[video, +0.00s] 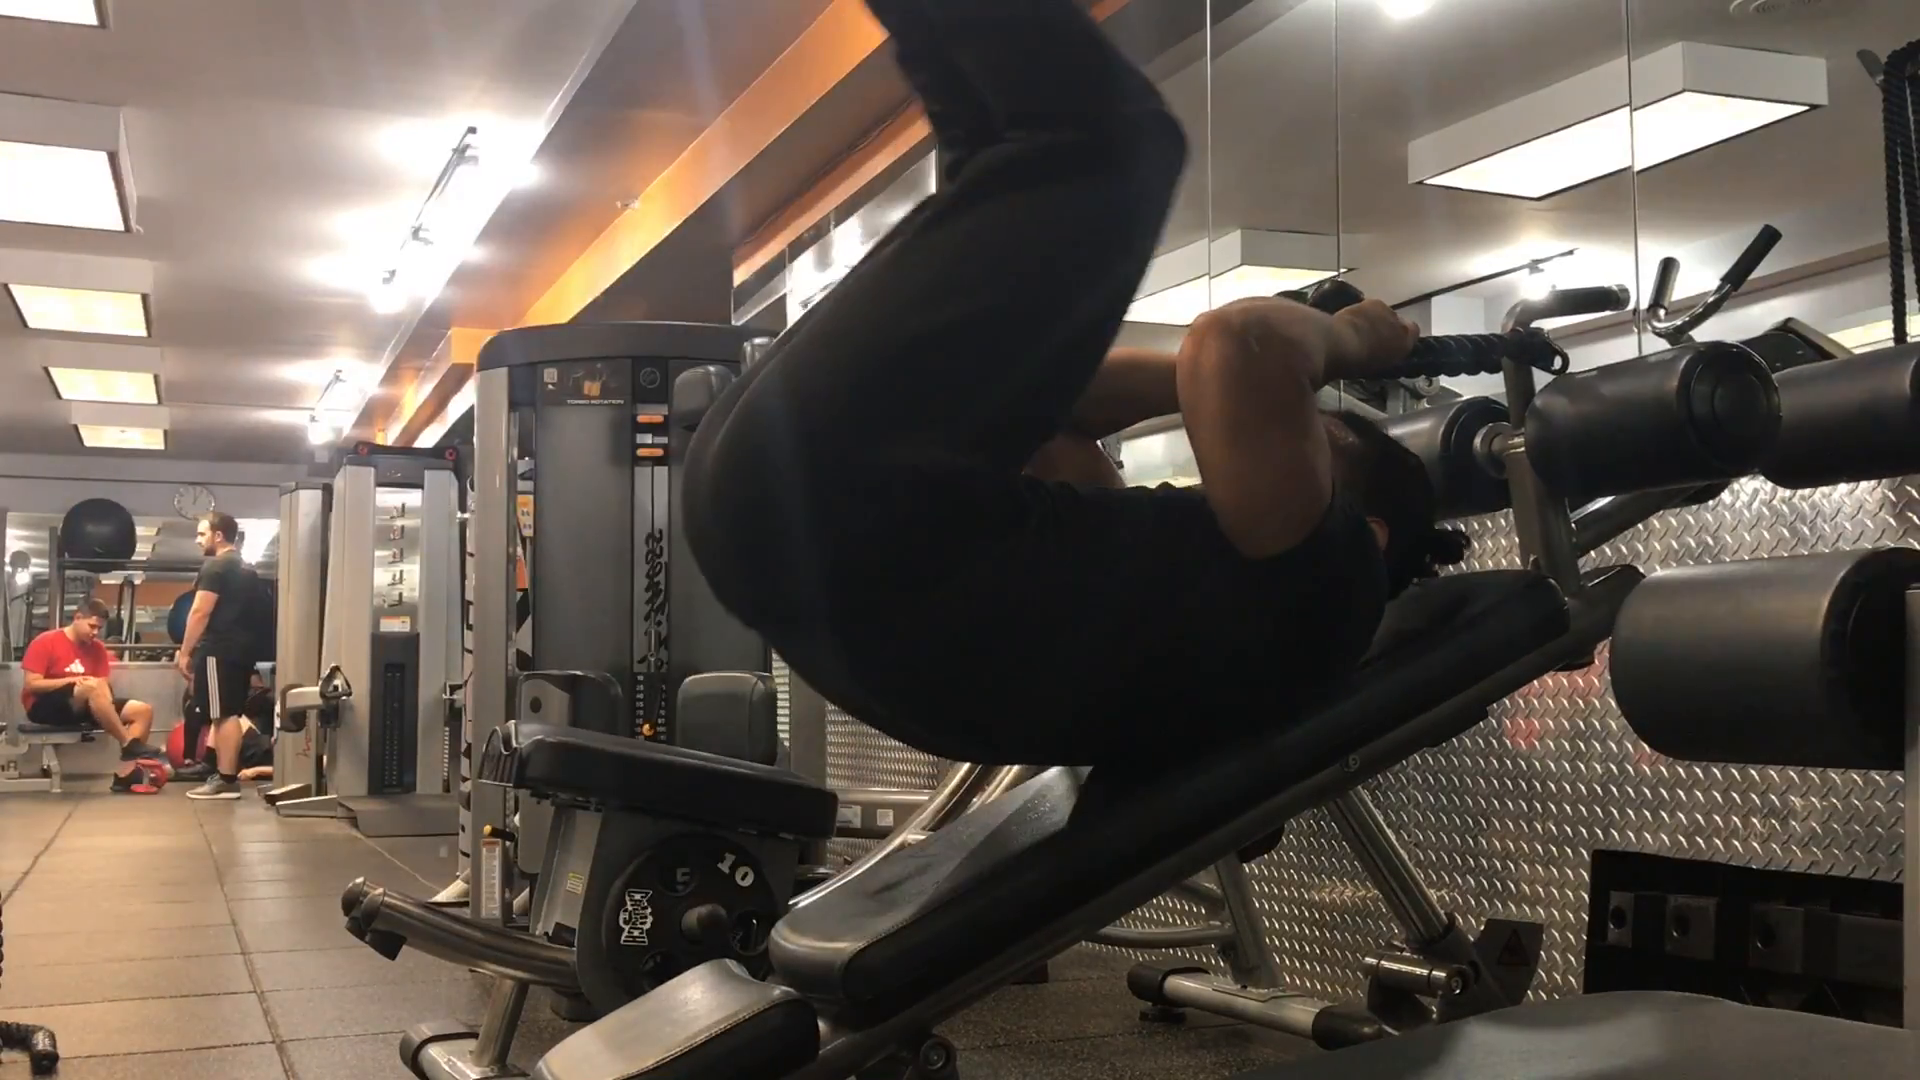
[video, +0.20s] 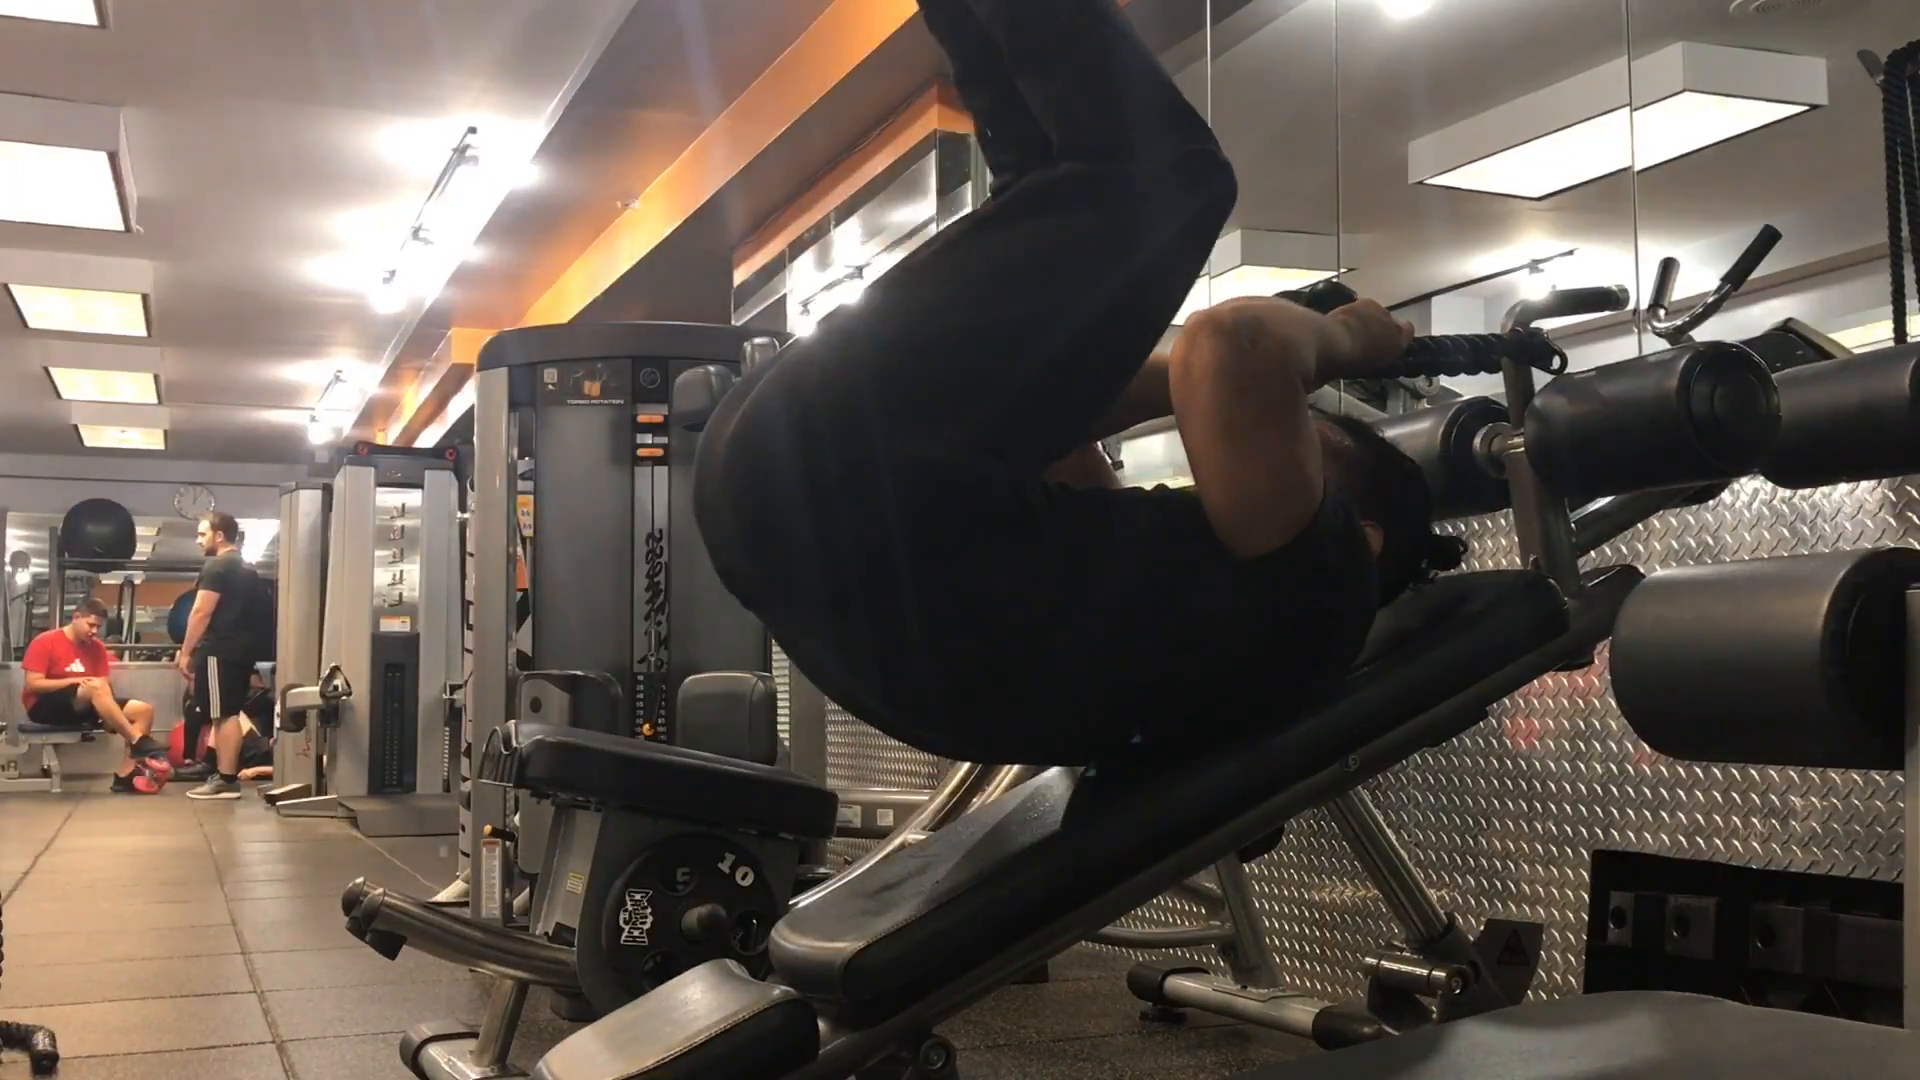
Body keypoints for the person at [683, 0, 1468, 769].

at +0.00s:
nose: (1303, 441)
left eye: (1327, 442)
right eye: (1313, 437)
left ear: (1353, 494)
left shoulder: (1321, 592)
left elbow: (1232, 342)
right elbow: (1046, 401)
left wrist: (1347, 333)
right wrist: (1236, 379)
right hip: (752, 526)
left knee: (1109, 142)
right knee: (1007, 183)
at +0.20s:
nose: (1305, 441)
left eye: (1327, 443)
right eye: (1316, 438)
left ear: (1358, 515)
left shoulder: (1317, 588)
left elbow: (1225, 342)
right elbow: (1054, 411)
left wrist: (1342, 333)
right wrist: (1200, 381)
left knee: (1169, 178)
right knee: (1075, 205)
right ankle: (966, 53)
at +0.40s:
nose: (1304, 437)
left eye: (1330, 442)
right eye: (1316, 433)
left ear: (1354, 504)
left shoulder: (1313, 597)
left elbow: (1224, 338)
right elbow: (1046, 403)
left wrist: (1340, 333)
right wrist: (1215, 388)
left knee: (1106, 160)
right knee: (1026, 200)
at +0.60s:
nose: (1283, 422)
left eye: (1313, 427)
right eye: (1294, 420)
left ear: (1348, 496)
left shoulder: (1308, 579)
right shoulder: (1116, 576)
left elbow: (1218, 331)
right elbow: (1024, 404)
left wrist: (1332, 333)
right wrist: (1219, 383)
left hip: (822, 649)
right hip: (730, 644)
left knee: (955, 163)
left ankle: (618, 16)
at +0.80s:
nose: (1242, 437)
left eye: (1277, 435)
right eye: (1260, 426)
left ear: (1314, 480)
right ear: (1271, 481)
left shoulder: (1284, 597)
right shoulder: (1125, 566)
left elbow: (1213, 322)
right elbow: (1020, 391)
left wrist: (1326, 336)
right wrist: (1229, 374)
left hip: (791, 762)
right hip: (784, 678)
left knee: (726, 213)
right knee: (742, 199)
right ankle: (253, 191)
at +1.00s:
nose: (1208, 471)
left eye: (1246, 458)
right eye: (1231, 454)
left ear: (1290, 491)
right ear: (1236, 493)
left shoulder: (1261, 609)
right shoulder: (1112, 573)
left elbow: (1192, 328)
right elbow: (1026, 394)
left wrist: (1325, 338)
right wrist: (1236, 389)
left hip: (789, 820)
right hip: (748, 757)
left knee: (450, 377)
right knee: (451, 382)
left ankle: (33, 541)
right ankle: (50, 533)